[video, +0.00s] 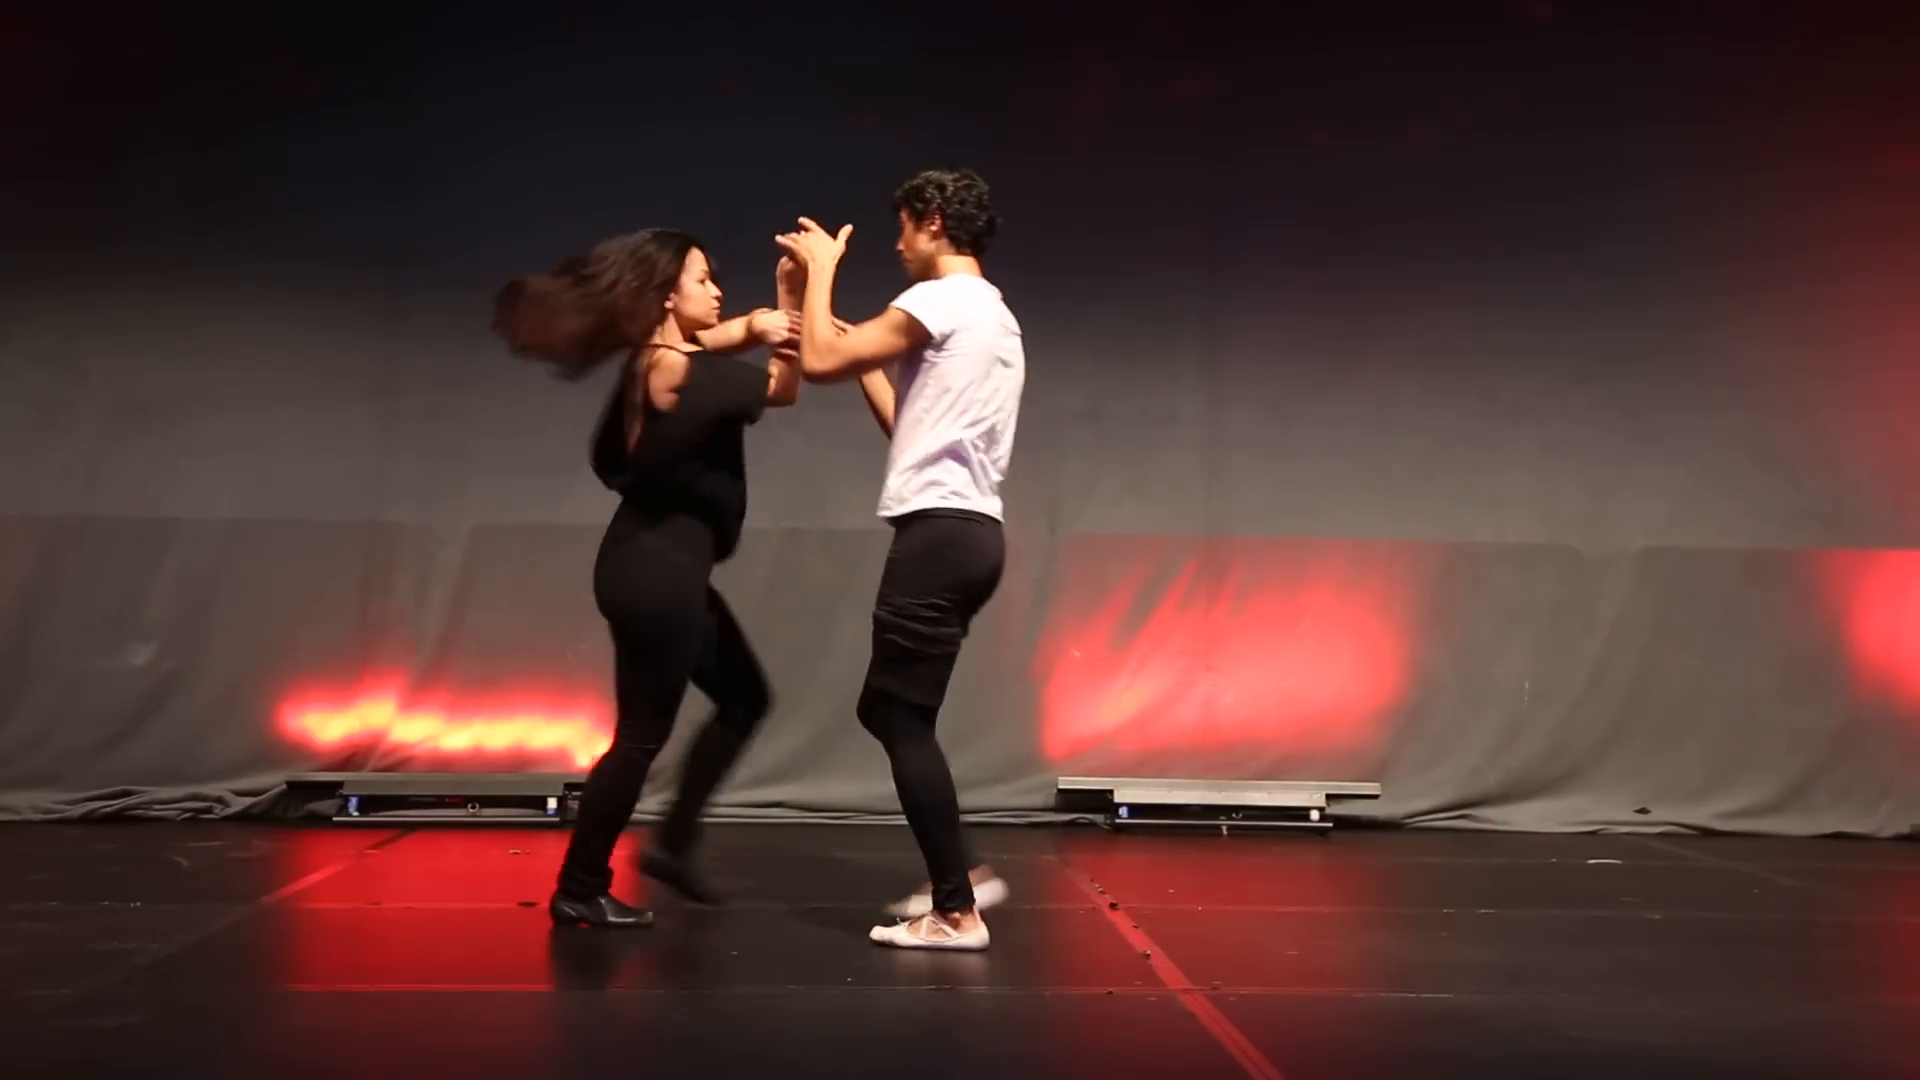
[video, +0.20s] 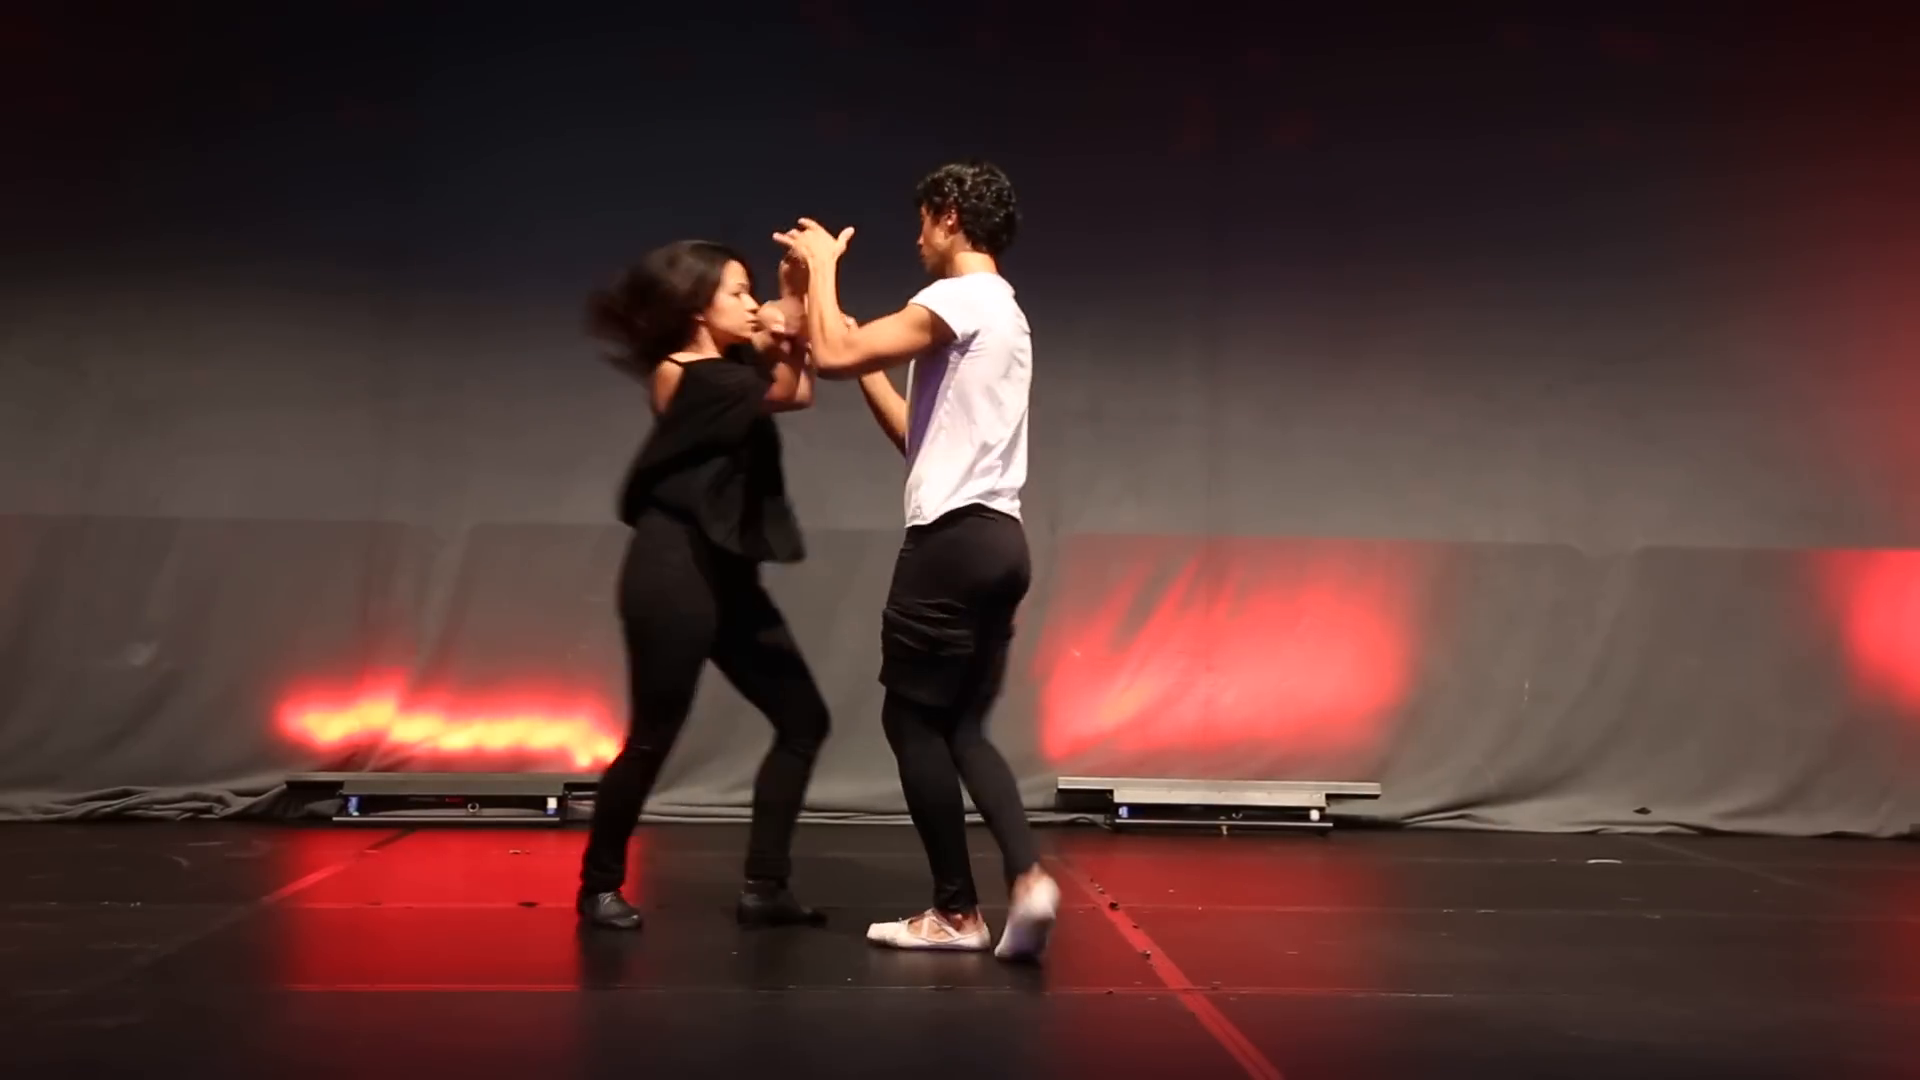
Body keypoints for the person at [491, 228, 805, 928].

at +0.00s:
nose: (719, 291)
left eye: (714, 278)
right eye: (705, 279)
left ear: (661, 298)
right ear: (666, 295)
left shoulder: (647, 365)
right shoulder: (690, 368)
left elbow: (726, 338)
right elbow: (783, 385)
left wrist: (760, 327)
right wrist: (795, 293)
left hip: (645, 565)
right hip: (659, 572)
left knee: (745, 699)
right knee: (640, 737)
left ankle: (674, 843)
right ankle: (579, 891)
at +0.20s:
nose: (752, 304)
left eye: (748, 292)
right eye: (739, 292)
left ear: (711, 307)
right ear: (697, 304)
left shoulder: (726, 368)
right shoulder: (683, 372)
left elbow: (797, 385)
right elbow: (789, 392)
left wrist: (793, 299)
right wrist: (797, 298)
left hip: (724, 574)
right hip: (670, 569)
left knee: (804, 721)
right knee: (652, 734)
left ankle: (765, 889)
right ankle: (599, 889)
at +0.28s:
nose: (774, 308)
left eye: (772, 294)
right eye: (760, 295)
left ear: (733, 309)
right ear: (718, 305)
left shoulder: (753, 371)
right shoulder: (707, 375)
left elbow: (820, 380)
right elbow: (815, 369)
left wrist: (820, 308)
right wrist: (819, 273)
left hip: (758, 579)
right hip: (702, 577)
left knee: (819, 728)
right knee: (695, 730)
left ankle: (768, 894)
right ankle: (602, 874)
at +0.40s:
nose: (801, 300)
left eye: (796, 287)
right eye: (789, 287)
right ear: (759, 304)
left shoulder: (804, 369)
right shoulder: (754, 381)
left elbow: (882, 347)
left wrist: (863, 266)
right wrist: (849, 258)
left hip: (806, 578)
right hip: (761, 578)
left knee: (832, 736)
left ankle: (770, 890)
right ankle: (689, 829)